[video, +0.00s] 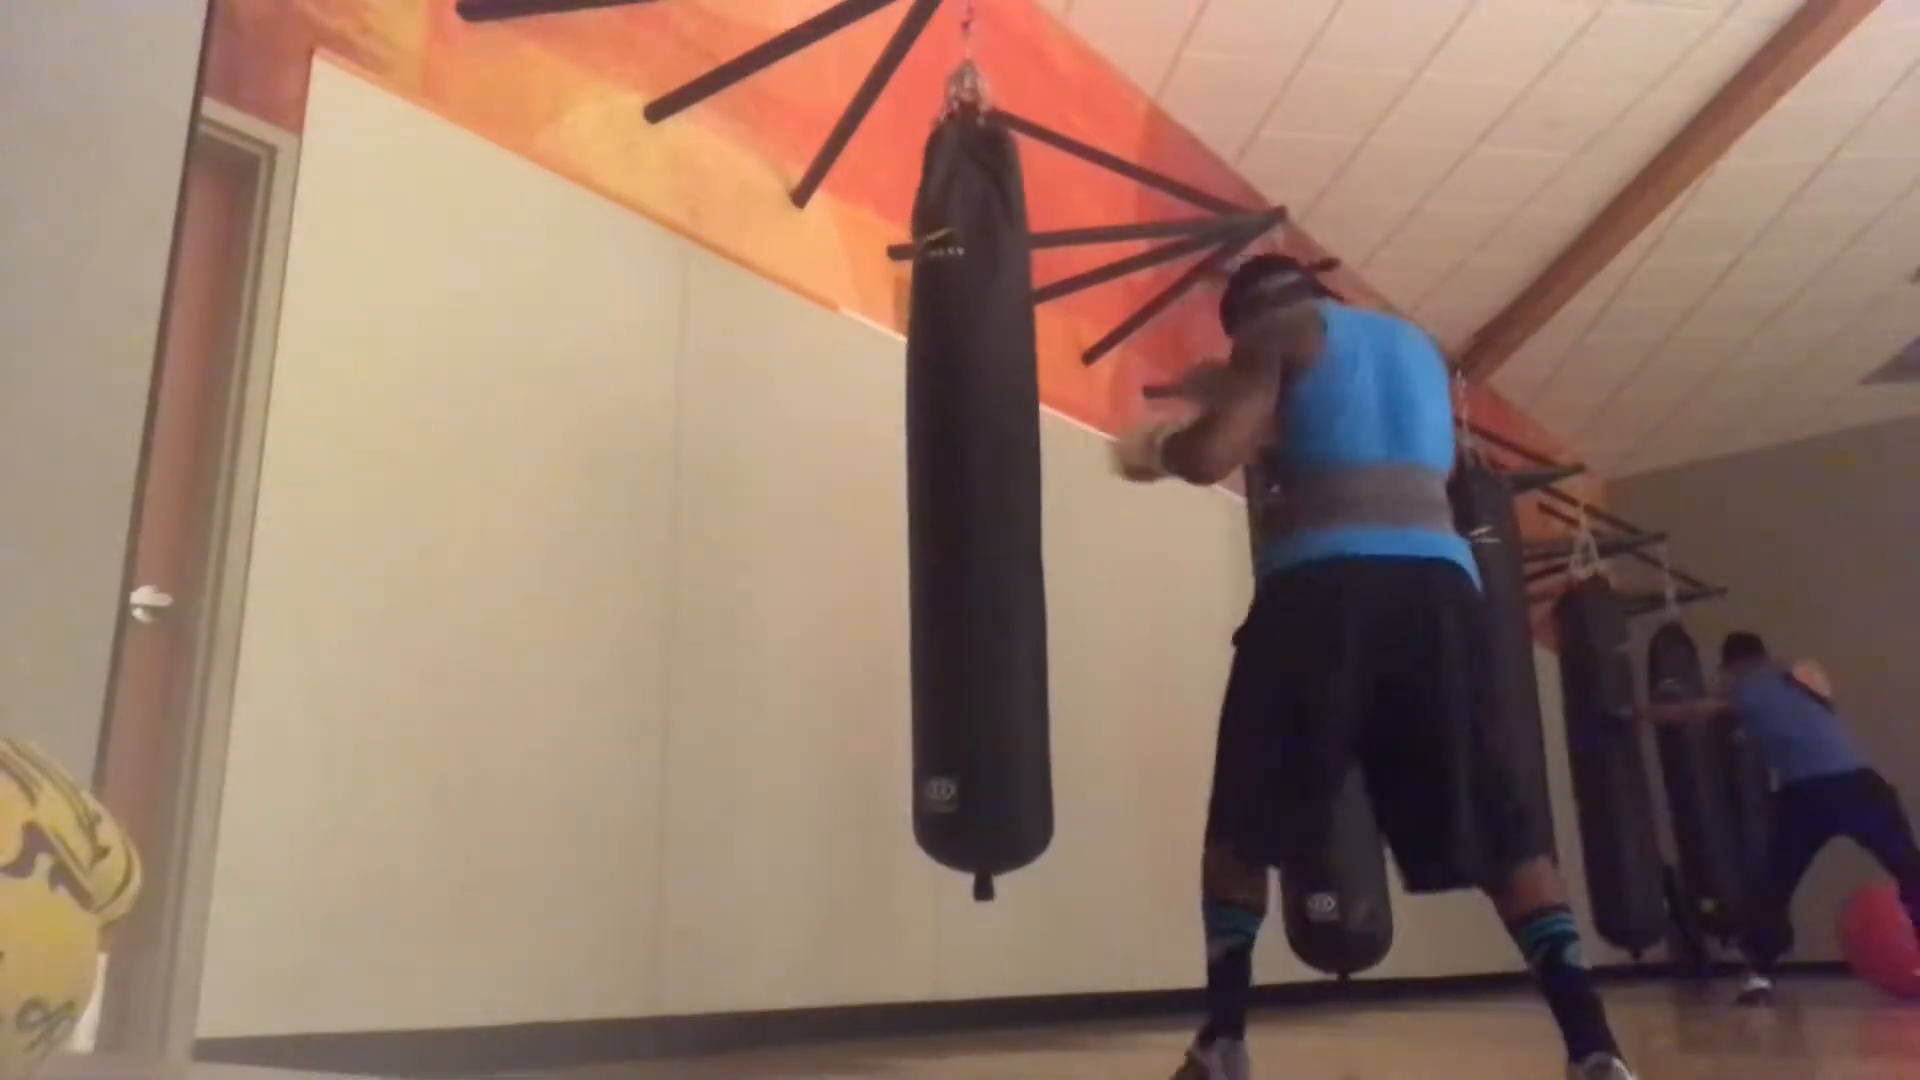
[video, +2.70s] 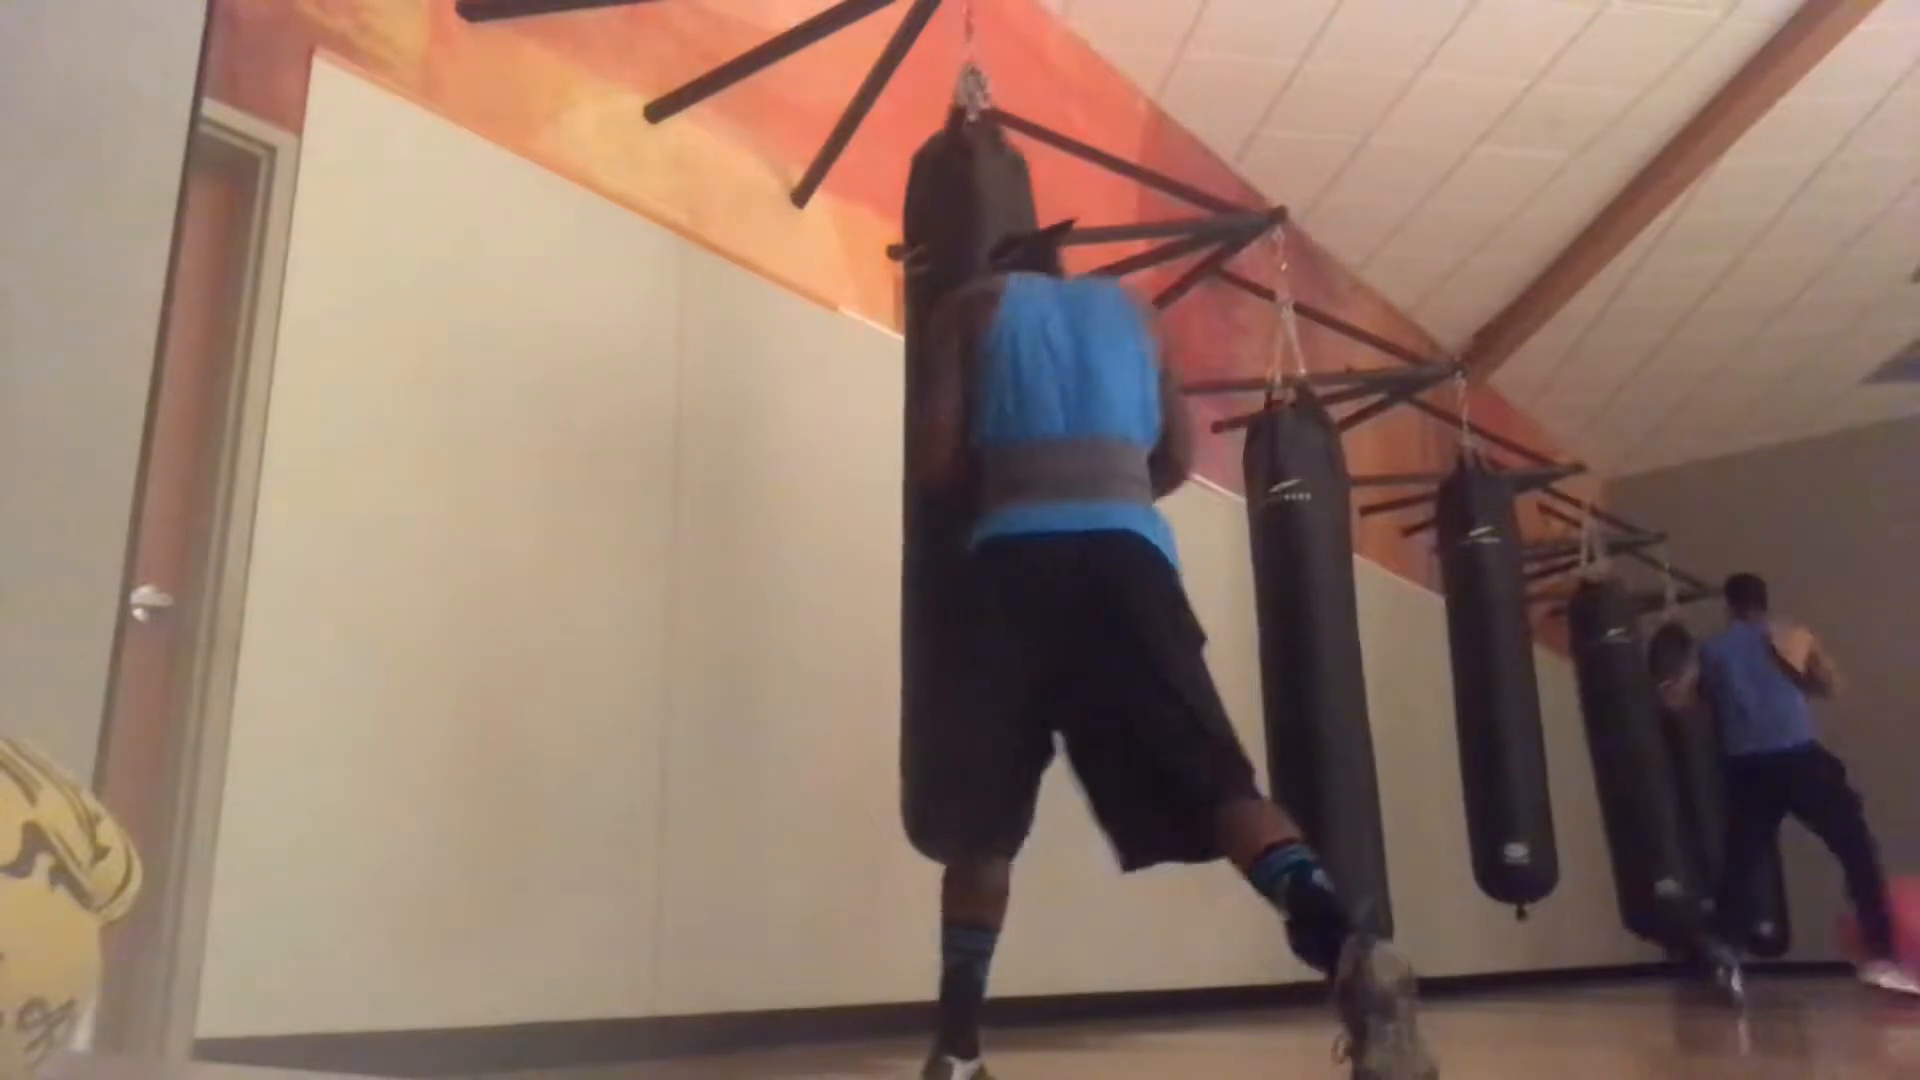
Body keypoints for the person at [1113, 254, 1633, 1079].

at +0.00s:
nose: (1242, 348)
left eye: (1242, 336)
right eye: (1240, 338)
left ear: (1255, 312)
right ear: (1314, 287)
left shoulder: (1276, 327)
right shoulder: (1419, 344)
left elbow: (1214, 453)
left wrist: (1162, 450)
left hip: (1320, 599)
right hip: (1442, 597)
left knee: (1241, 819)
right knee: (1496, 818)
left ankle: (1224, 1039)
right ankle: (1593, 1046)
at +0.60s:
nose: (1219, 291)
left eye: (1220, 277)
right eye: (1219, 280)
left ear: (1242, 254)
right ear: (1305, 232)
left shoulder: (1250, 279)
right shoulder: (1409, 292)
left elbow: (1133, 382)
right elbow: (1439, 443)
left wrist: (1085, 377)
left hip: (1297, 567)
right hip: (1433, 566)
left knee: (1231, 808)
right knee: (1501, 811)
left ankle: (1187, 1040)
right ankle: (1577, 1060)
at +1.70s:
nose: (1152, 276)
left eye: (1156, 265)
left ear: (1177, 259)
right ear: (1266, 254)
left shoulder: (1152, 291)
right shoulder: (1321, 299)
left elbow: (1055, 437)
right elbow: (1319, 431)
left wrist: (1059, 438)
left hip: (1166, 582)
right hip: (1299, 585)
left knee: (1122, 794)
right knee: (1394, 815)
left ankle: (1098, 1011)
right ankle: (1447, 1051)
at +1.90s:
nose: (1251, 303)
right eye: (1240, 295)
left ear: (1122, 321)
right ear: (1199, 301)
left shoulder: (1086, 368)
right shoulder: (1250, 329)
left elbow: (1012, 458)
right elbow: (1287, 482)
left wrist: (988, 524)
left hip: (1097, 604)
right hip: (1221, 598)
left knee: (1069, 825)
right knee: (1381, 806)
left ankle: (996, 1043)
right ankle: (1389, 1024)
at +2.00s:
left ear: (1098, 325)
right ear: (1177, 309)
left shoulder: (1063, 372)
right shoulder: (1242, 327)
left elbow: (994, 513)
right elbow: (1253, 488)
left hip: (1075, 595)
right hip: (1196, 592)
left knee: (1061, 816)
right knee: (1315, 813)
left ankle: (994, 1042)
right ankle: (1282, 1041)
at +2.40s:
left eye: (1002, 296)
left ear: (1005, 292)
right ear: (1067, 293)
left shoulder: (978, 332)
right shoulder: (1132, 340)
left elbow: (933, 471)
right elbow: (1173, 466)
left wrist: (995, 474)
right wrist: (1094, 472)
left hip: (1001, 585)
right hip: (1114, 586)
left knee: (973, 818)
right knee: (1164, 810)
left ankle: (954, 1047)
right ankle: (1302, 961)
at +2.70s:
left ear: (970, 247)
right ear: (1046, 246)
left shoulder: (965, 310)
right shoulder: (1125, 305)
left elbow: (935, 463)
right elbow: (1177, 456)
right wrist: (1090, 494)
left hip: (1007, 572)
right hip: (1130, 567)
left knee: (984, 814)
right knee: (1213, 772)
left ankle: (955, 1046)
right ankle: (1347, 947)